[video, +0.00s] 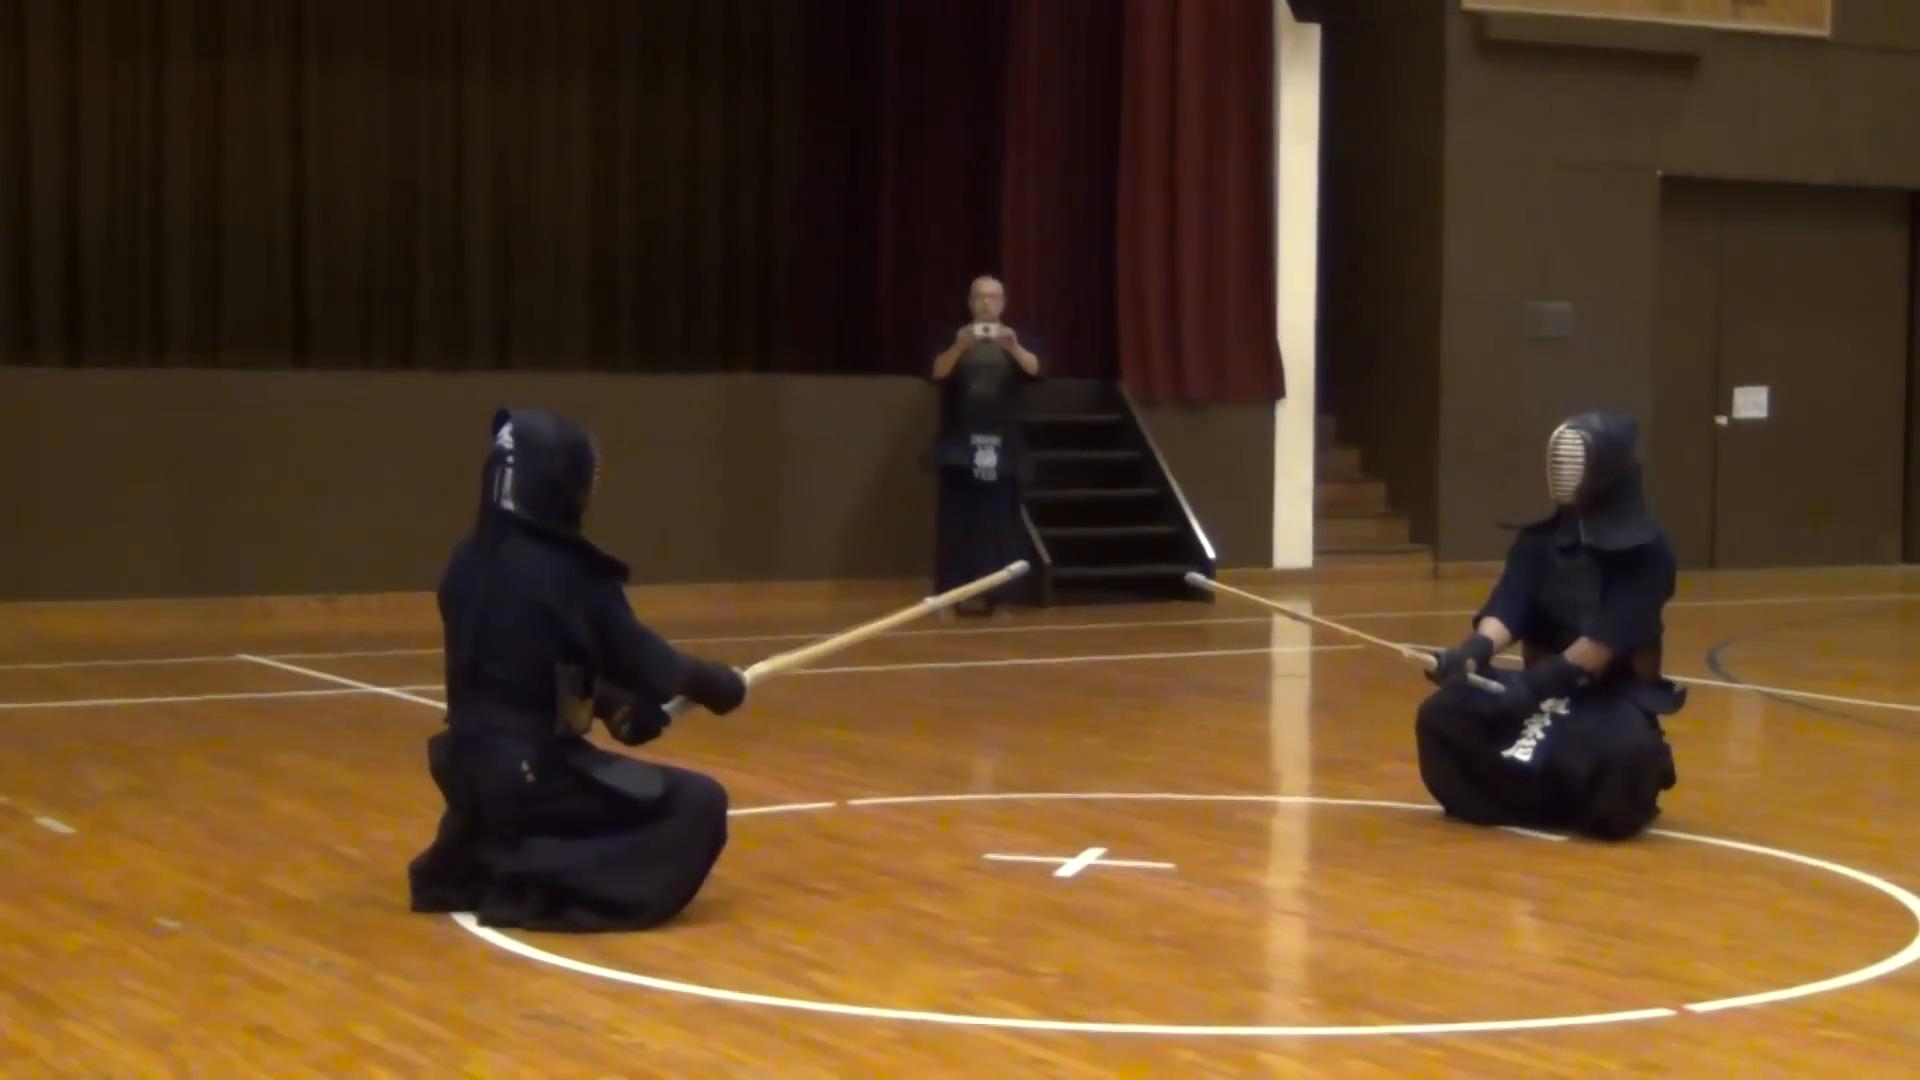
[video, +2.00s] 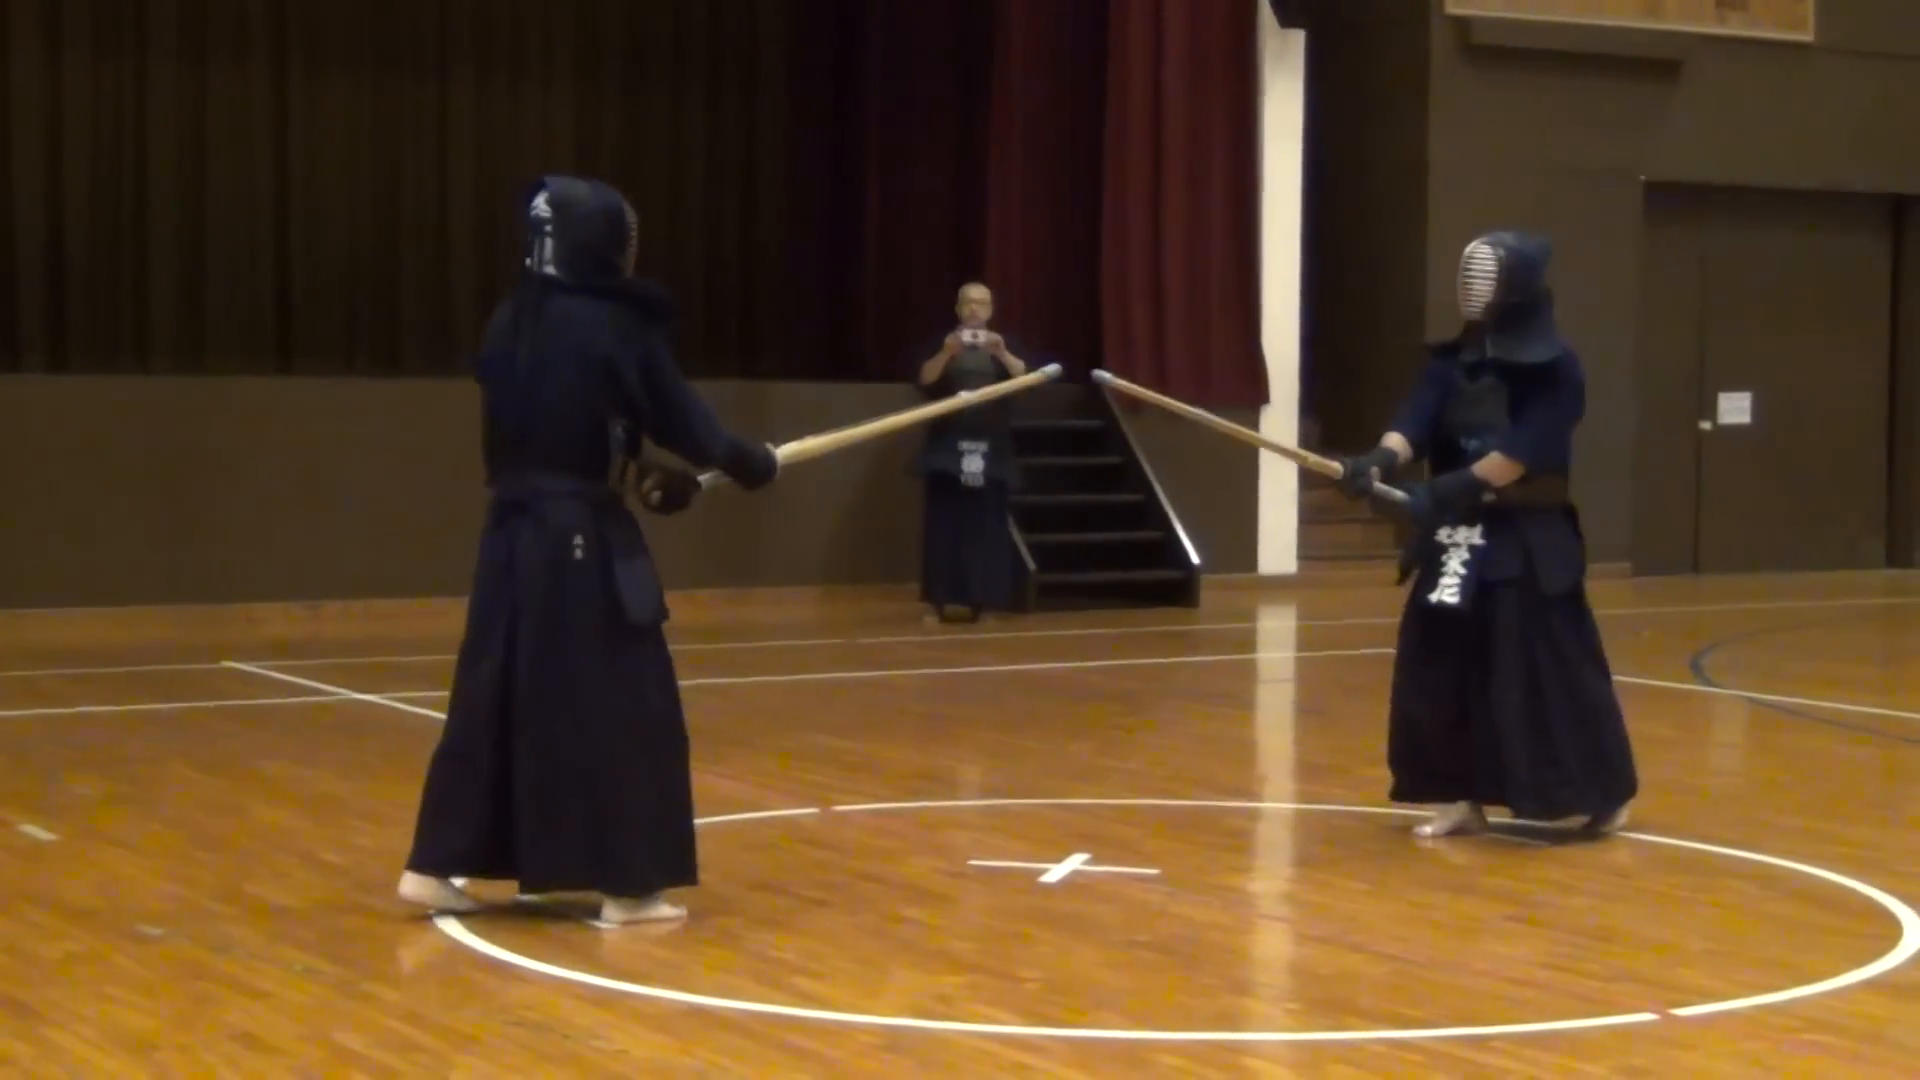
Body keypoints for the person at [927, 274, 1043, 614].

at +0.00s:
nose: (987, 303)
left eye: (993, 297)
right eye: (981, 297)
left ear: (1004, 302)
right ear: (971, 302)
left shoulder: (1016, 340)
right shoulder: (957, 338)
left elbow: (1035, 370)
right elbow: (938, 373)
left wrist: (1012, 347)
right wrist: (961, 345)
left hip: (1002, 436)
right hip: (961, 435)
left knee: (1000, 512)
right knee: (959, 513)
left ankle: (997, 594)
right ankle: (955, 592)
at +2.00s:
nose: (975, 310)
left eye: (981, 304)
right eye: (969, 303)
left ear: (991, 309)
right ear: (958, 308)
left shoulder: (1001, 347)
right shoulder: (944, 345)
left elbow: (1026, 379)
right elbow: (924, 380)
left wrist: (1001, 353)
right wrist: (948, 352)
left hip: (989, 443)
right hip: (948, 442)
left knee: (986, 519)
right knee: (945, 519)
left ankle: (983, 600)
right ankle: (941, 598)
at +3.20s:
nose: (934, 312)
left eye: (941, 306)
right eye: (928, 306)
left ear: (951, 311)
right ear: (918, 310)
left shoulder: (961, 351)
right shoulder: (901, 348)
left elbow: (985, 378)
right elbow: (884, 382)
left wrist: (961, 353)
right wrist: (910, 352)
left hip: (947, 445)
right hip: (906, 444)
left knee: (943, 522)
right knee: (903, 521)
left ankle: (940, 602)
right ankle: (899, 600)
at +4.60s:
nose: (885, 314)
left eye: (892, 308)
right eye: (879, 308)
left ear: (902, 313)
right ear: (869, 312)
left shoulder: (913, 349)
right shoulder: (854, 348)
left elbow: (938, 378)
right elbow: (836, 383)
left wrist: (911, 355)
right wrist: (860, 354)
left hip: (897, 445)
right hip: (856, 444)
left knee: (893, 522)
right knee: (853, 521)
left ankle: (889, 604)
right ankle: (847, 603)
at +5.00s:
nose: (882, 314)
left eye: (889, 309)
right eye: (876, 308)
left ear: (899, 314)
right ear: (865, 312)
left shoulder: (908, 353)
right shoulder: (850, 350)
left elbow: (929, 378)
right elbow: (832, 383)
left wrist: (904, 350)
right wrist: (855, 354)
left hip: (893, 446)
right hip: (852, 444)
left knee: (887, 522)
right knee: (848, 521)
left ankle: (882, 602)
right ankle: (841, 603)